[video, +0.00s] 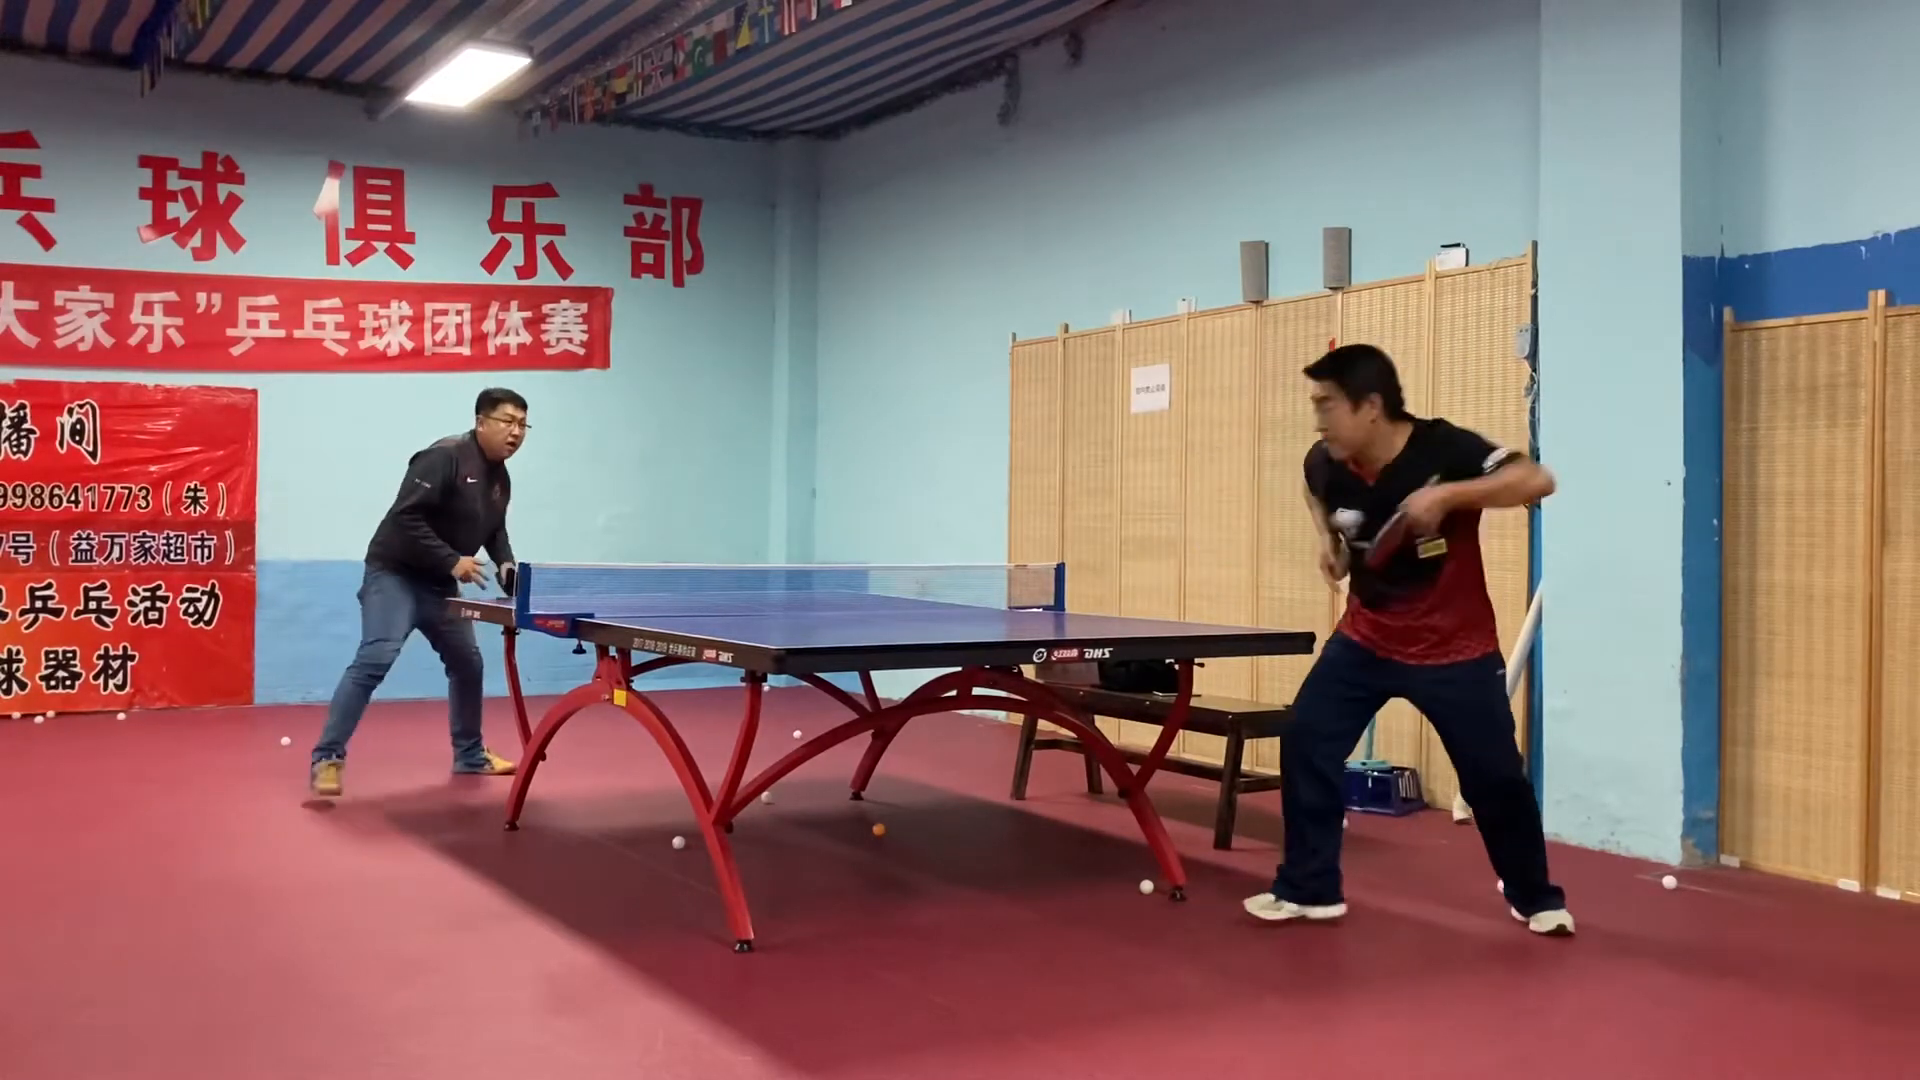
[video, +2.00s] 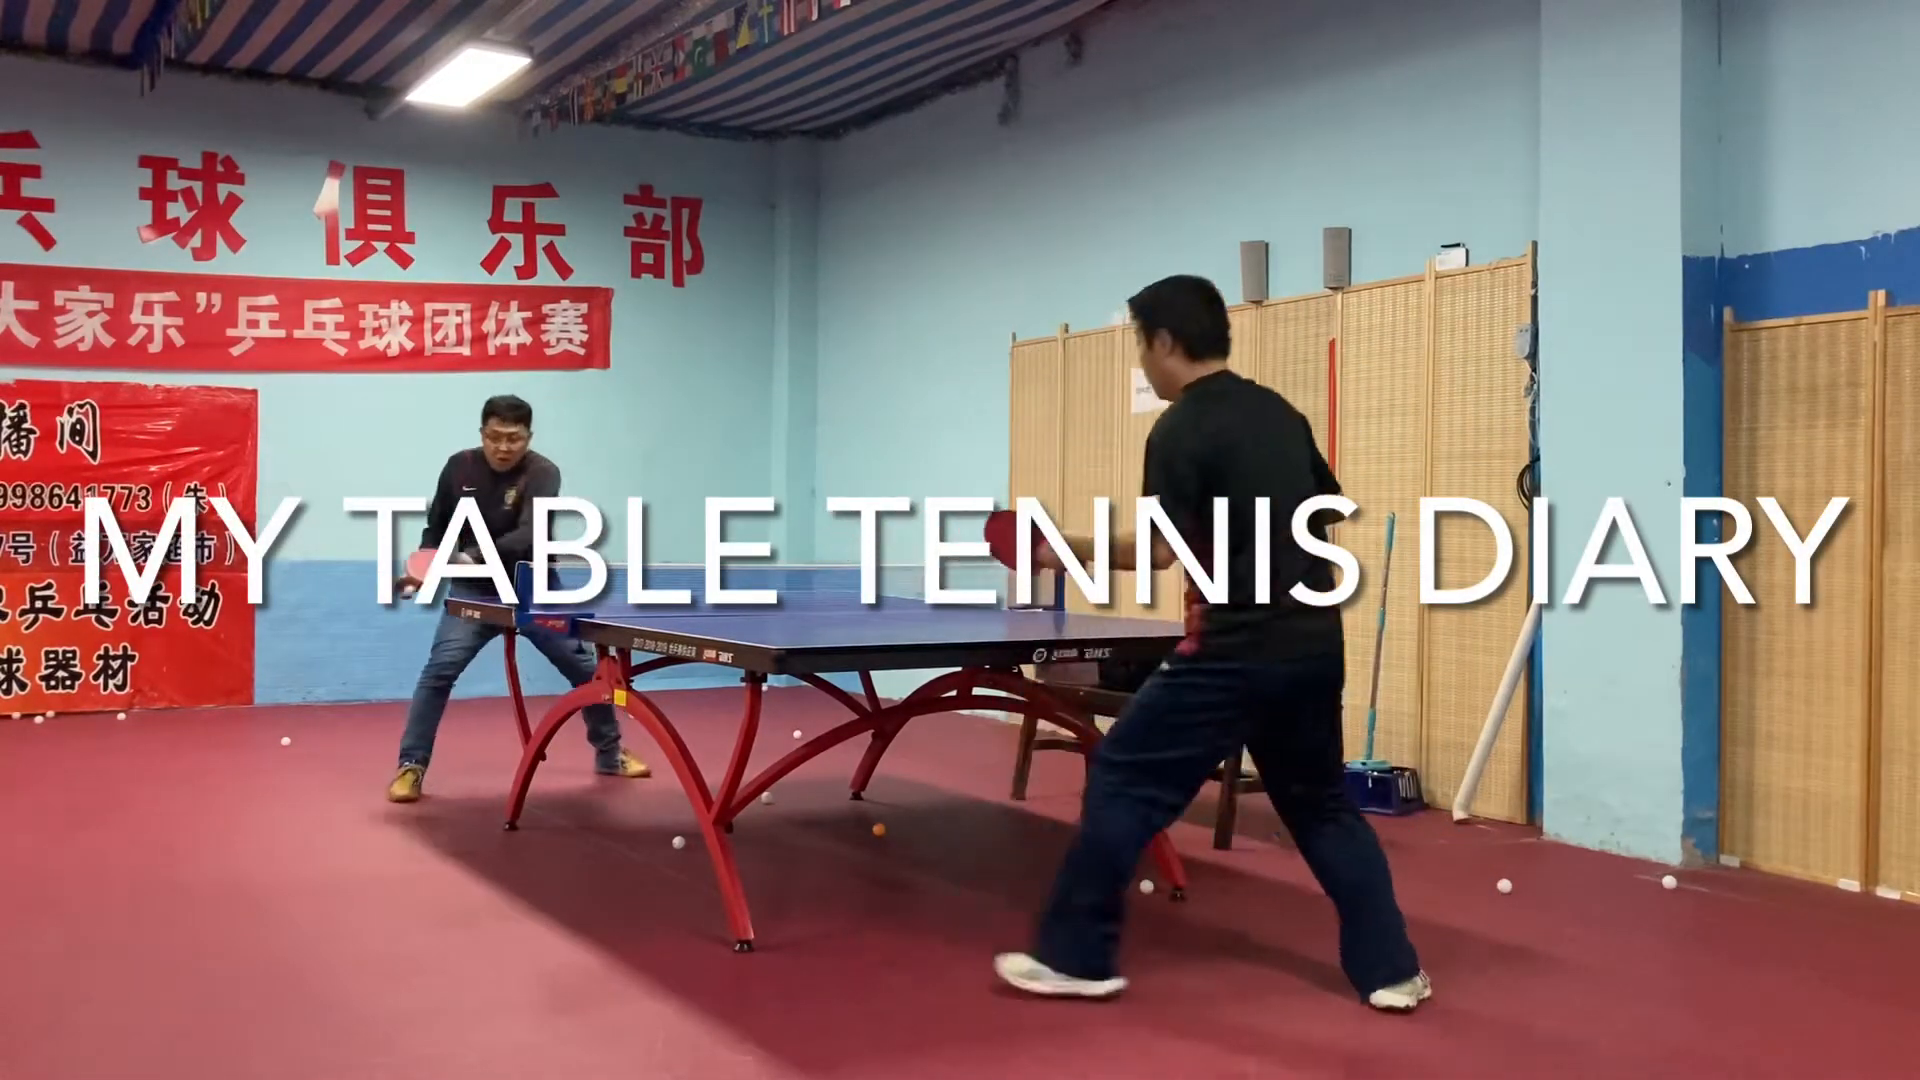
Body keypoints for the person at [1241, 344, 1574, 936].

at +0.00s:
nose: (1318, 419)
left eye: (1327, 405)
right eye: (1315, 406)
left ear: (1371, 407)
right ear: (1361, 409)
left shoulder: (1443, 446)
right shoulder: (1326, 465)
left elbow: (1537, 480)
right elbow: (1316, 493)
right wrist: (1329, 539)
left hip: (1454, 648)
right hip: (1366, 641)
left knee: (1496, 777)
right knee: (1307, 742)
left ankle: (1537, 897)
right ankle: (1310, 888)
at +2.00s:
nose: (1142, 363)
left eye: (1143, 346)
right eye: (1141, 347)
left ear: (1167, 343)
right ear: (1217, 341)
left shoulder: (1178, 432)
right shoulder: (1281, 413)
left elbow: (1171, 547)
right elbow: (1328, 507)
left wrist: (1072, 557)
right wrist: (1245, 553)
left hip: (1234, 652)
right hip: (1314, 648)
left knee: (1124, 776)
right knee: (1318, 800)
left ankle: (1076, 957)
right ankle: (1392, 970)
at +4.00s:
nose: (1315, 414)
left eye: (1314, 398)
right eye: (1313, 399)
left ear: (1334, 391)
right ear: (1388, 384)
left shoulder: (1333, 476)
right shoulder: (1472, 438)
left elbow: (1331, 590)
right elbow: (1547, 516)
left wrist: (1378, 562)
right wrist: (1562, 611)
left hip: (1422, 665)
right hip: (1503, 662)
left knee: (1333, 799)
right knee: (1441, 781)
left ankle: (1313, 986)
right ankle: (1465, 938)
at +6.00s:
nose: (1343, 347)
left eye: (1344, 332)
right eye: (1342, 333)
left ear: (1365, 326)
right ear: (1405, 325)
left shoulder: (1395, 381)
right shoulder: (1426, 383)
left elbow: (1413, 469)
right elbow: (1410, 494)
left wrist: (1348, 546)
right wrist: (1334, 499)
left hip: (1408, 617)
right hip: (1443, 613)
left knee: (1385, 770)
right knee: (1431, 765)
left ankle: (1411, 922)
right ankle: (1470, 908)